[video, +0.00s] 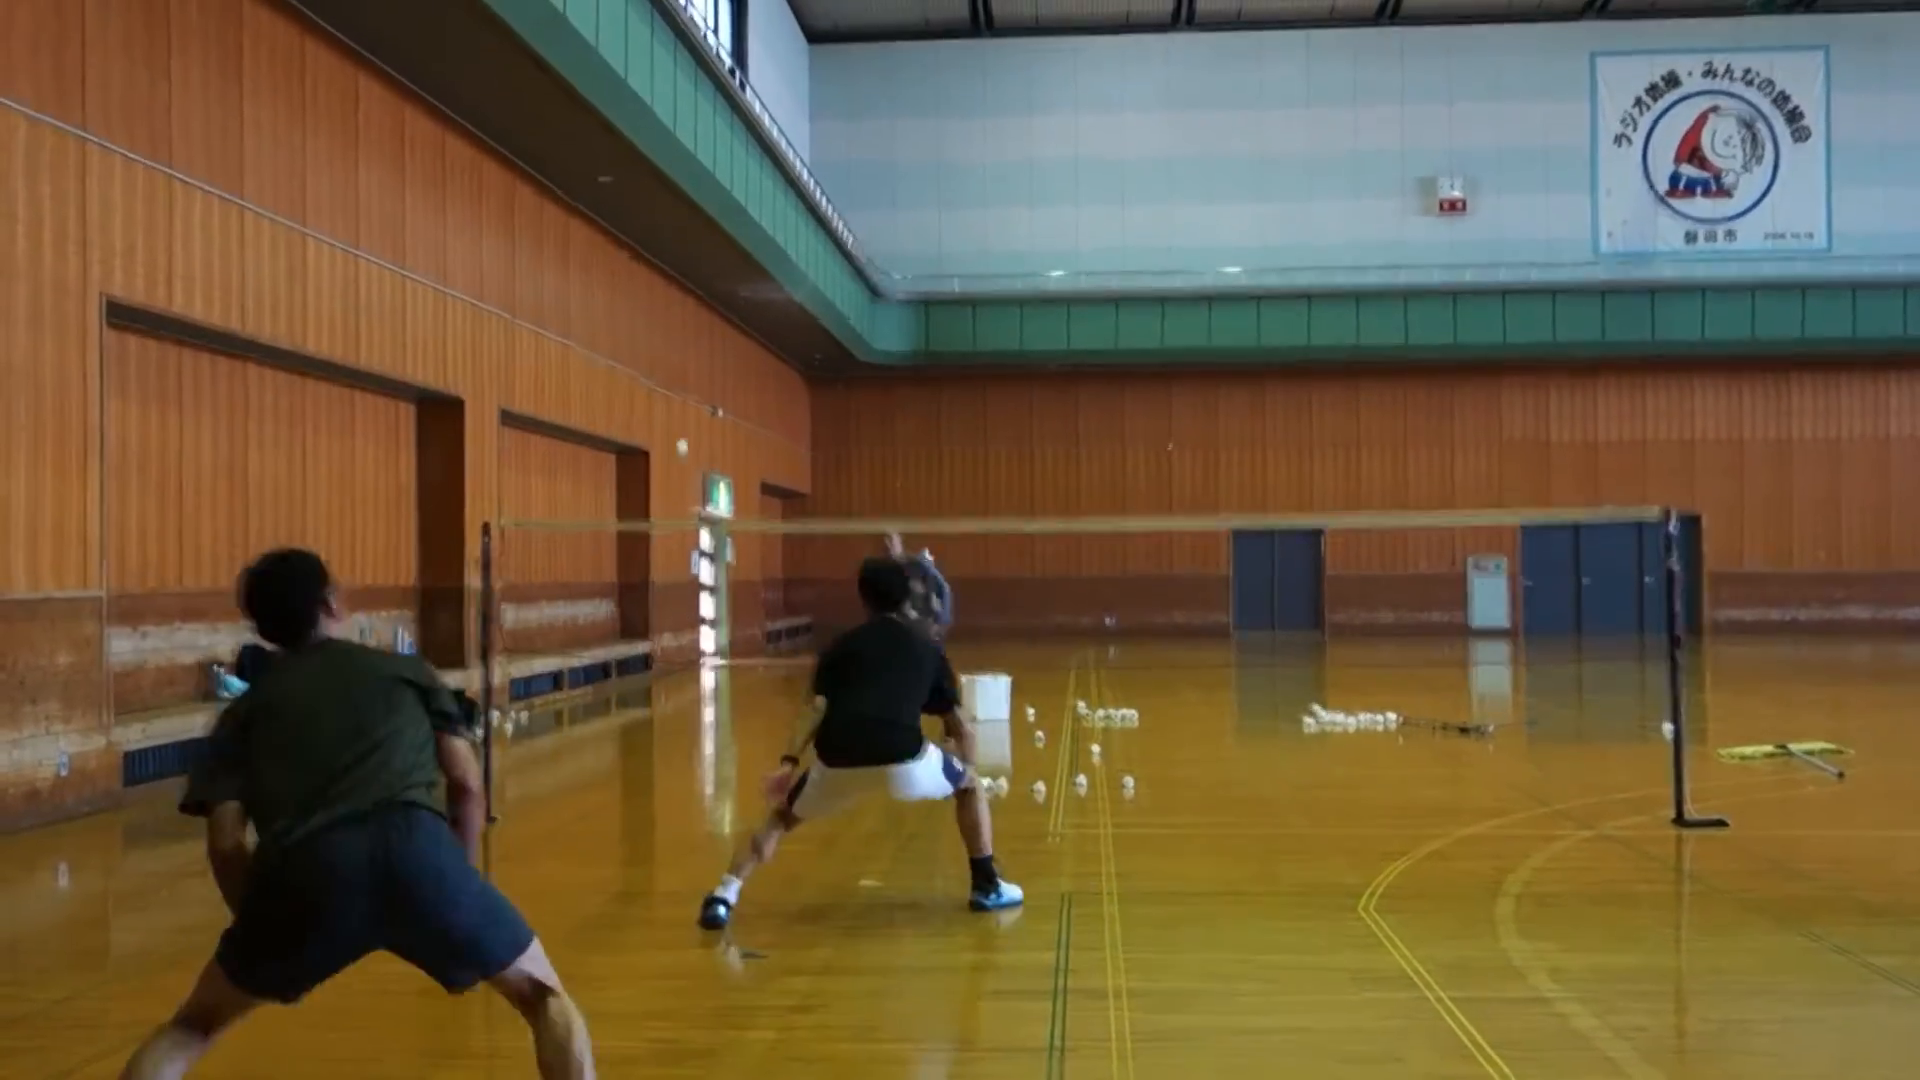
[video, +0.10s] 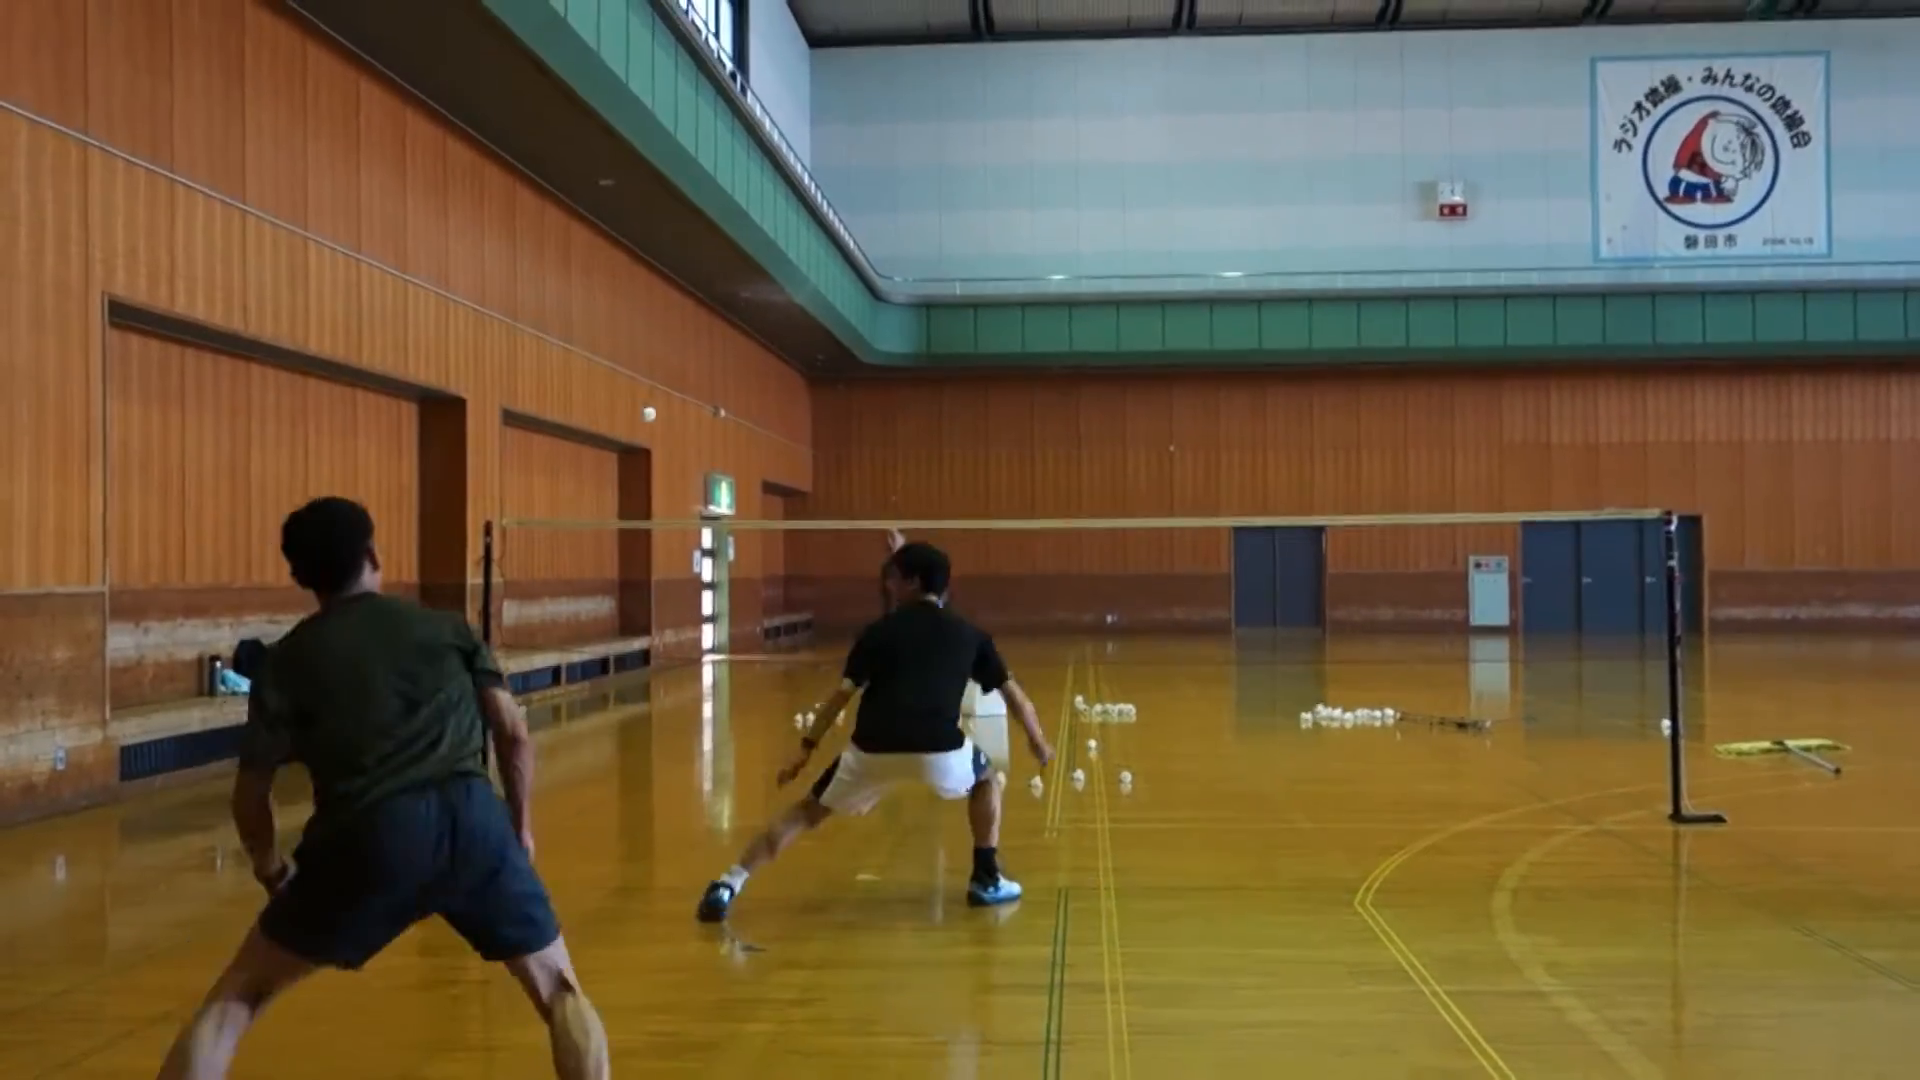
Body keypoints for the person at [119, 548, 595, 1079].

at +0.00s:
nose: (345, 604)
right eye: (338, 595)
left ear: (264, 630)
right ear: (330, 607)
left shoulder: (246, 711)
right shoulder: (403, 670)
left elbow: (225, 846)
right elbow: (466, 782)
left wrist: (262, 933)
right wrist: (464, 887)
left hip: (308, 880)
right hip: (419, 860)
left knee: (193, 1026)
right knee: (545, 999)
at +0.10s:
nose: (379, 552)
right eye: (375, 546)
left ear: (301, 578)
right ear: (373, 556)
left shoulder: (289, 659)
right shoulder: (445, 629)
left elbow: (250, 794)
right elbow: (514, 734)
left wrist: (268, 865)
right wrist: (520, 831)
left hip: (365, 848)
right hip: (476, 833)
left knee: (239, 996)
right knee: (561, 992)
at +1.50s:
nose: (617, 534)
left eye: (617, 528)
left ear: (620, 531)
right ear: (667, 528)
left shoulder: (617, 579)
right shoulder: (706, 574)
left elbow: (607, 639)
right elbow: (738, 650)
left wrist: (585, 712)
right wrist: (741, 705)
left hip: (660, 710)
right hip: (720, 705)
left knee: (605, 789)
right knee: (716, 787)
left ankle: (608, 897)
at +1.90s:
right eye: (593, 568)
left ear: (566, 602)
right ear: (600, 575)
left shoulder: (587, 652)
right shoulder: (640, 587)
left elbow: (606, 697)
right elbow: (667, 531)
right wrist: (633, 513)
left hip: (658, 736)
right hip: (710, 714)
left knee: (596, 801)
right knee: (778, 791)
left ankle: (569, 890)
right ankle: (821, 871)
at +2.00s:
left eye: (550, 606)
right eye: (584, 577)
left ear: (555, 612)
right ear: (587, 583)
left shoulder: (578, 666)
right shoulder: (634, 595)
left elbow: (608, 730)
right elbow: (700, 584)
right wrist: (695, 567)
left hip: (660, 734)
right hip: (708, 710)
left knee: (591, 792)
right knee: (775, 791)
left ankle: (571, 891)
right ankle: (837, 872)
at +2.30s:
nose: (723, 535)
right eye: (722, 529)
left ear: (680, 542)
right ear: (721, 534)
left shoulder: (670, 595)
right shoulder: (754, 574)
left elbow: (650, 663)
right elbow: (786, 627)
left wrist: (647, 710)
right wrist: (815, 677)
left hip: (705, 711)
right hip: (764, 702)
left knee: (665, 780)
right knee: (837, 766)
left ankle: (639, 868)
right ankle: (864, 860)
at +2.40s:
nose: (774, 542)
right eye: (772, 536)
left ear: (730, 546)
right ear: (771, 541)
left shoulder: (713, 601)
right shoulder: (800, 586)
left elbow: (689, 666)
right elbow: (827, 645)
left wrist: (692, 710)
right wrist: (857, 686)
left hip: (741, 718)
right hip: (798, 711)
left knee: (702, 796)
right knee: (865, 788)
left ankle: (666, 883)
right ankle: (884, 884)